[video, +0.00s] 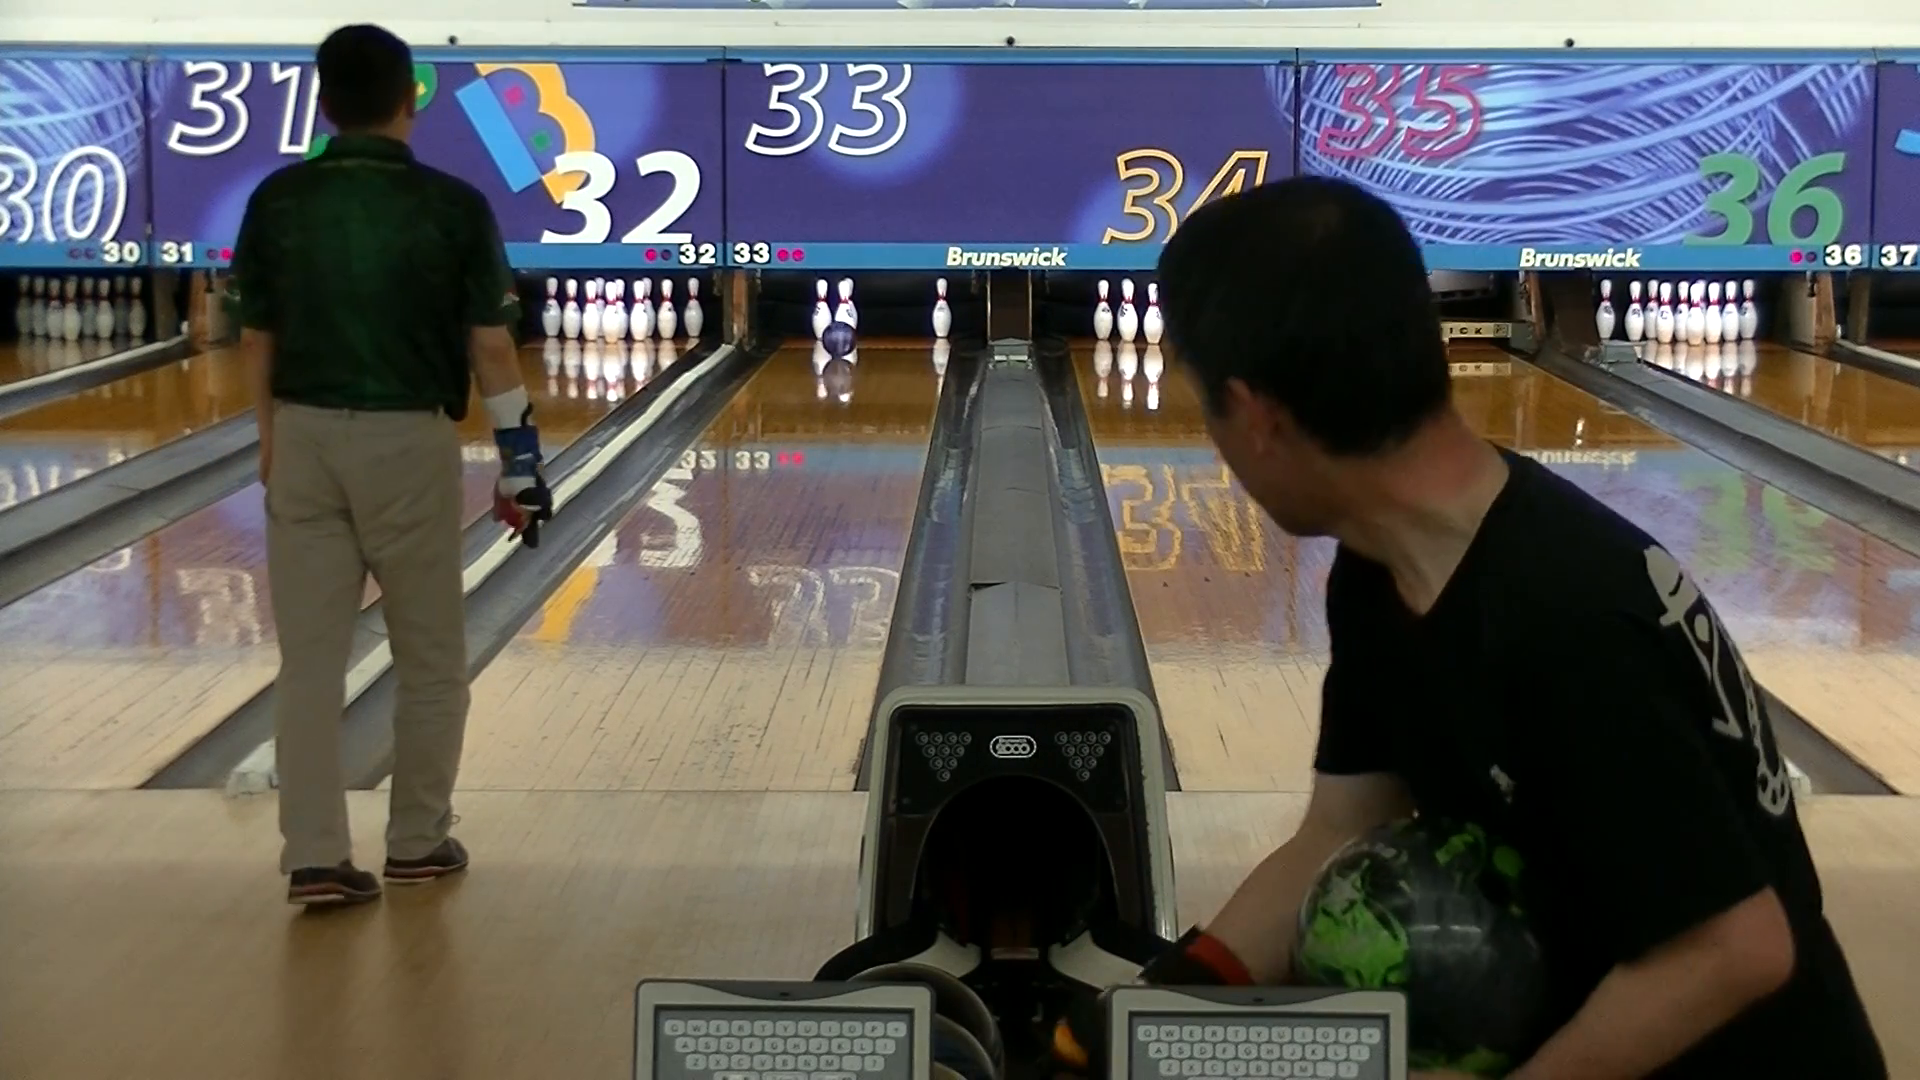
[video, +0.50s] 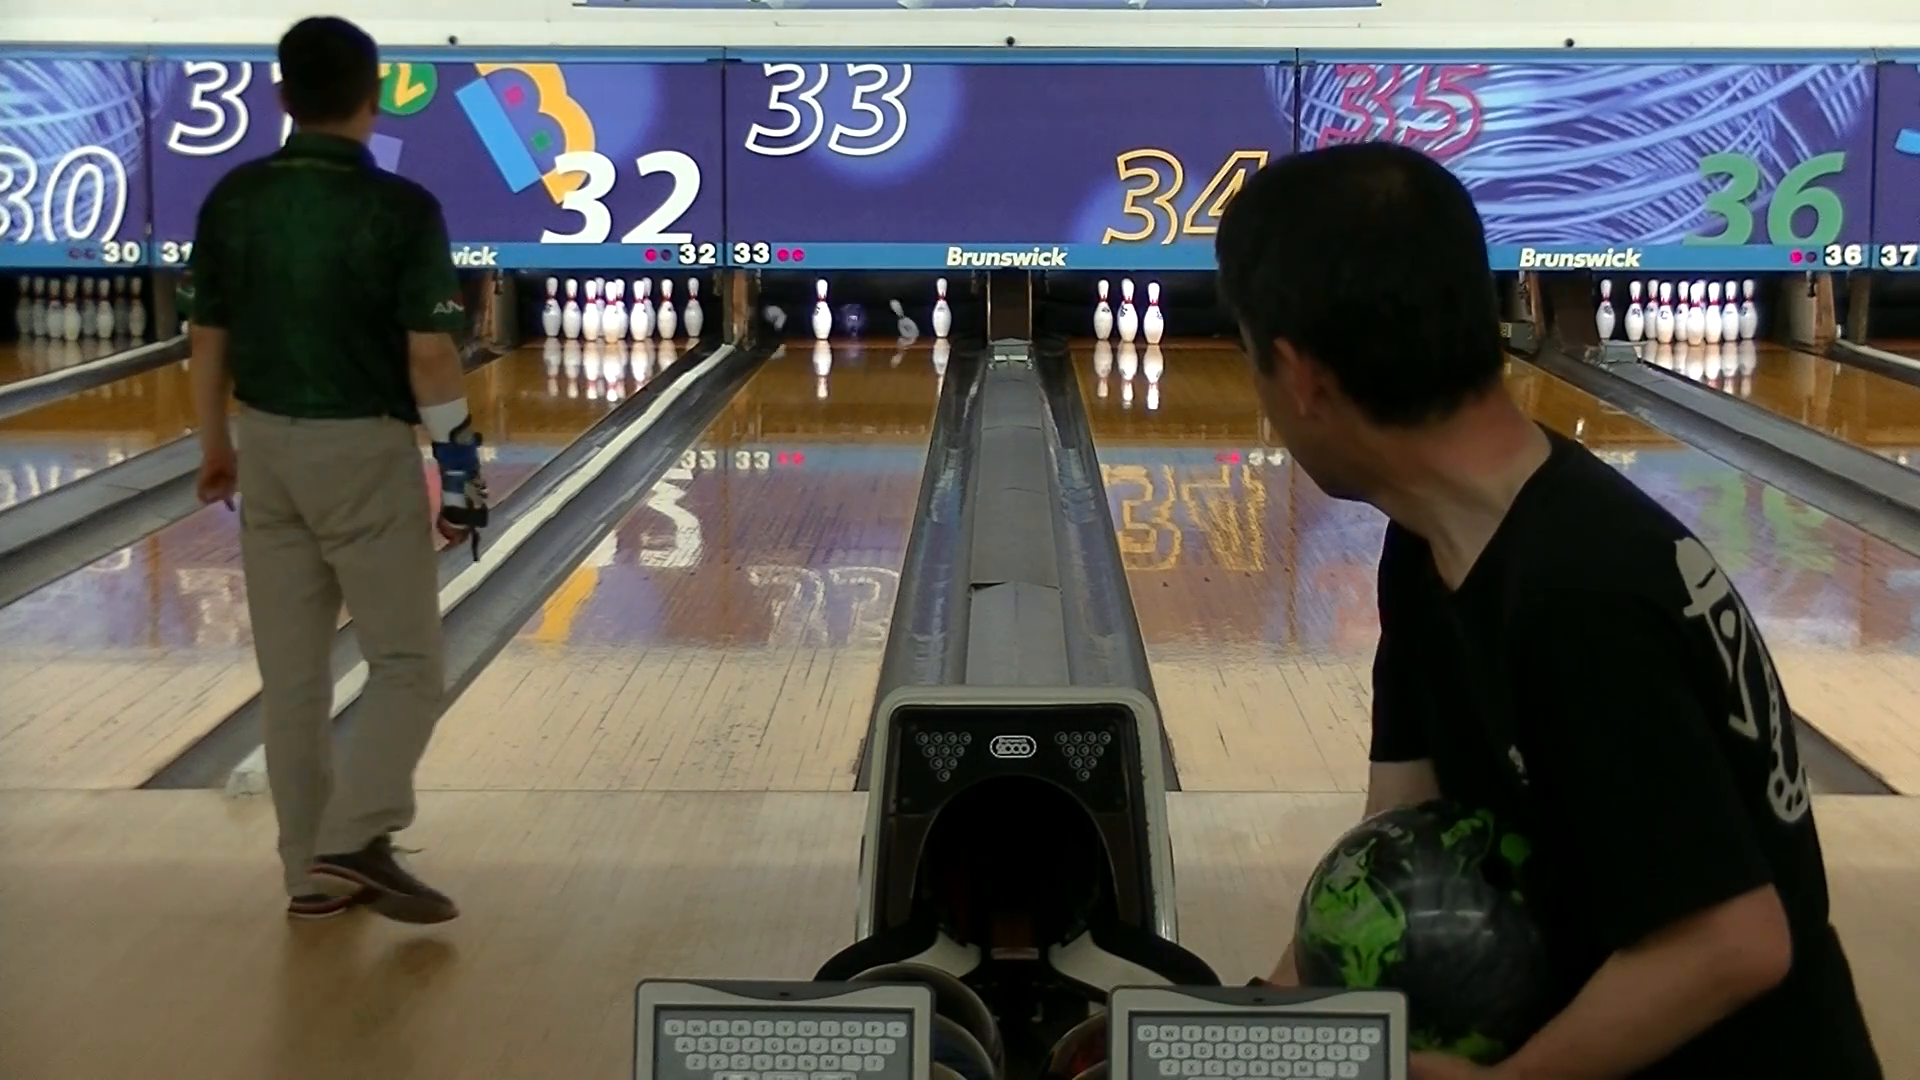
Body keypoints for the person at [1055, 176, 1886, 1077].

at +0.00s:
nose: (1216, 443)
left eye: (1202, 408)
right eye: (1201, 408)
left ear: (1254, 411)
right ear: (1404, 341)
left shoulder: (1573, 600)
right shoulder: (1378, 568)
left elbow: (1738, 944)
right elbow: (1340, 841)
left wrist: (1512, 1071)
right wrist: (1172, 998)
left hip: (1767, 1066)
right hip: (1596, 1033)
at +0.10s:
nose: (1239, 415)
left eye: (1230, 374)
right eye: (1232, 375)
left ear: (1278, 385)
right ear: (1425, 323)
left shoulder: (1562, 595)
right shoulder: (1409, 548)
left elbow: (1713, 947)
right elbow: (1365, 824)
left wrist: (1483, 1075)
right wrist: (1203, 986)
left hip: (1757, 1063)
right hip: (1608, 1038)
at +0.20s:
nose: (1256, 403)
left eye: (1246, 362)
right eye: (1248, 363)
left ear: (1291, 376)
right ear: (1444, 314)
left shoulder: (1559, 591)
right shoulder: (1425, 535)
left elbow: (1704, 947)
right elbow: (1381, 819)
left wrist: (1474, 1075)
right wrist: (1224, 992)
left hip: (1753, 1063)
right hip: (1612, 1041)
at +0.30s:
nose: (1263, 401)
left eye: (1251, 360)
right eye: (1249, 360)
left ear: (1293, 369)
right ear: (1450, 307)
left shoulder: (1571, 587)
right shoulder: (1430, 534)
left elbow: (1713, 946)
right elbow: (1408, 831)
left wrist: (1479, 1073)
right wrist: (1291, 970)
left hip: (1751, 1062)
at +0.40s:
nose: (1267, 403)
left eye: (1254, 363)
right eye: (1253, 363)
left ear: (1297, 369)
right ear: (1455, 308)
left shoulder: (1577, 587)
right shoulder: (1434, 528)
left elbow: (1726, 943)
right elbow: (1417, 817)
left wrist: (1489, 1074)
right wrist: (1323, 976)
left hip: (1755, 1063)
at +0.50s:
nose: (1266, 405)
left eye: (1254, 366)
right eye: (1252, 366)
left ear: (1298, 373)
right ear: (1455, 311)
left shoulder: (1585, 584)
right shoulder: (1426, 543)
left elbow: (1736, 941)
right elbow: (1403, 840)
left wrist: (1499, 1075)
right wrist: (1286, 996)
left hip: (1758, 1064)